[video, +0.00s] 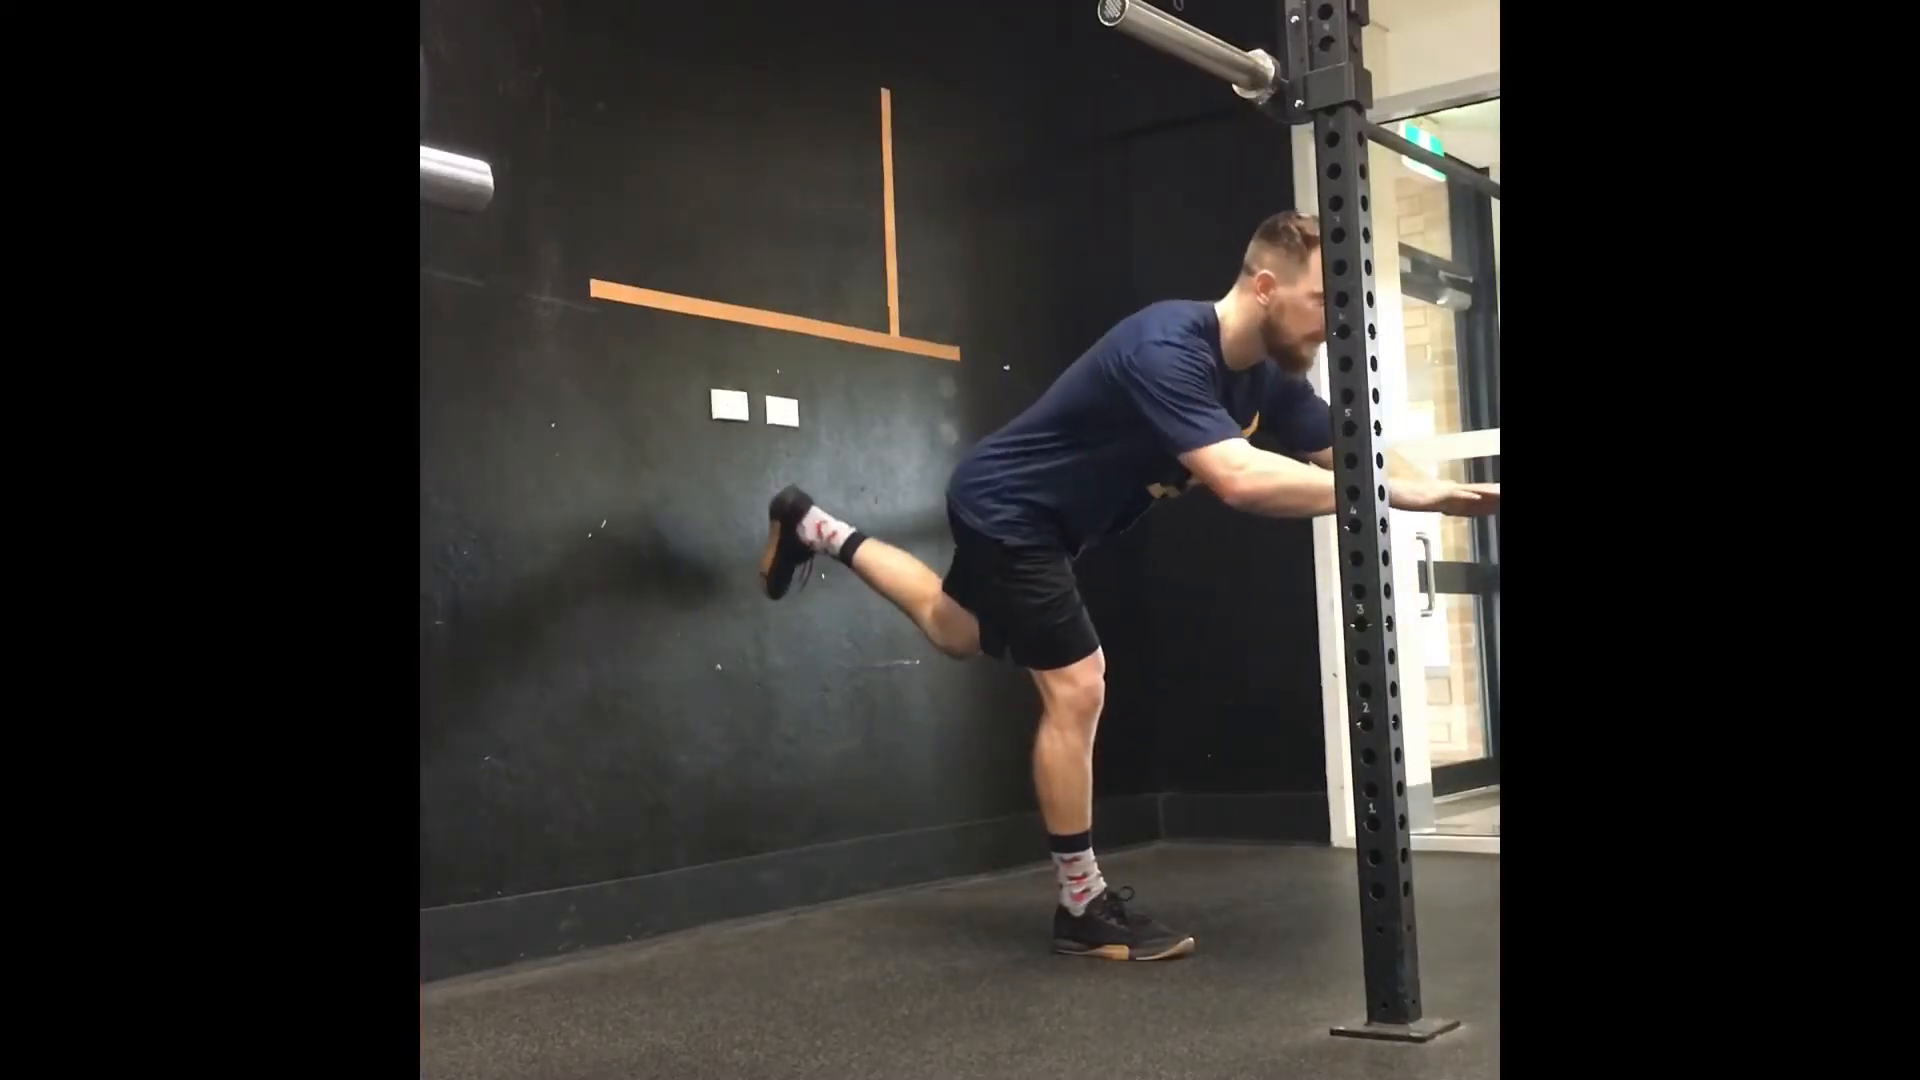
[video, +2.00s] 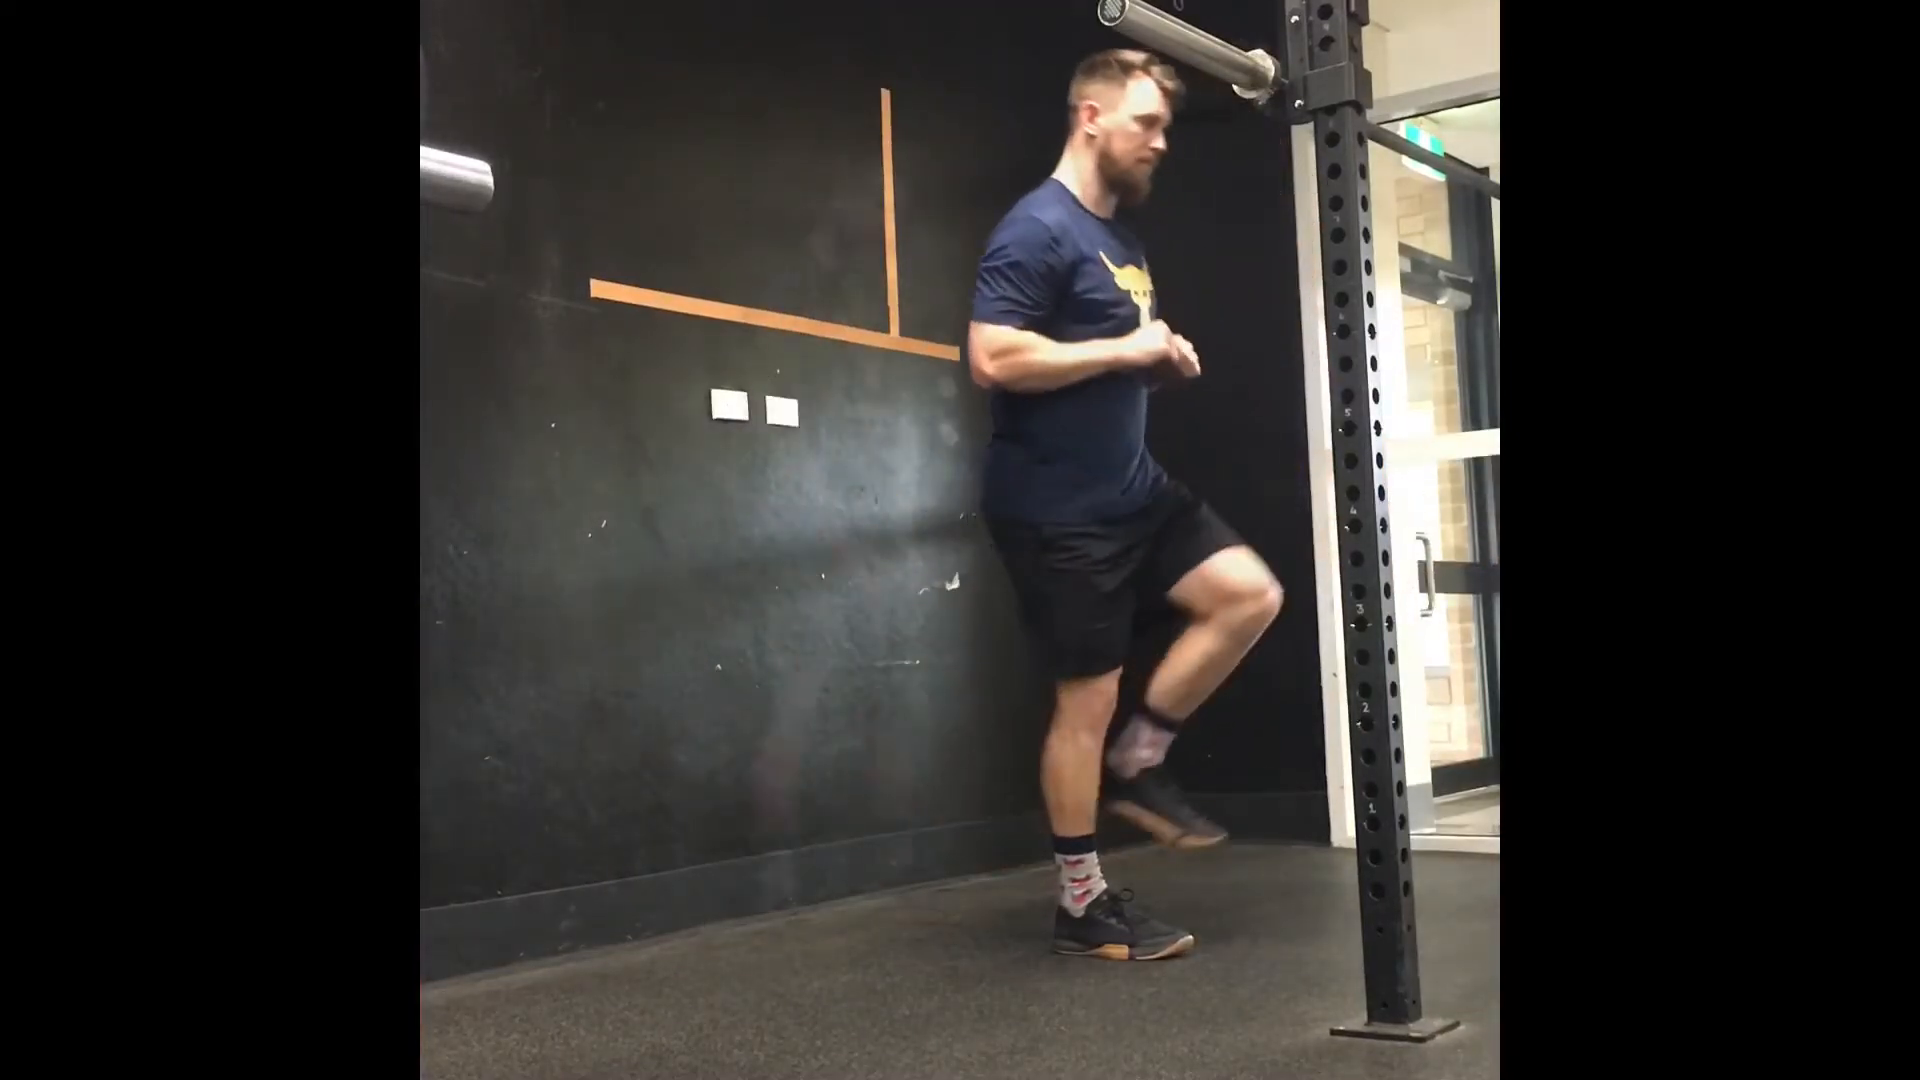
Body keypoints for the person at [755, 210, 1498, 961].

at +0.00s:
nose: (1331, 320)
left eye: (1334, 303)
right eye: (1324, 300)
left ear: (1280, 290)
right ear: (1270, 284)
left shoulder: (1262, 373)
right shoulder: (1166, 346)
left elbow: (1352, 457)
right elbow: (1236, 479)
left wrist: (1459, 494)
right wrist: (1375, 490)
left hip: (1043, 520)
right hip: (1000, 508)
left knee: (954, 627)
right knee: (1075, 686)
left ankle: (814, 528)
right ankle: (1084, 911)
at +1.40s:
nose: (1328, 304)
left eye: (1332, 287)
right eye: (1320, 284)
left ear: (1280, 280)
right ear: (1260, 272)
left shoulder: (1266, 373)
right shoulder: (1160, 340)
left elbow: (1291, 496)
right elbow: (1161, 495)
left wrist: (1381, 562)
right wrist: (1304, 543)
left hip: (1055, 522)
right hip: (1009, 507)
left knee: (945, 631)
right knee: (1085, 690)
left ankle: (805, 538)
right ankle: (1082, 906)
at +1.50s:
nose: (1317, 273)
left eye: (1321, 254)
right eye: (1306, 252)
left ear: (1266, 250)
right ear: (1246, 244)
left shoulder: (1248, 351)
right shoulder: (1144, 324)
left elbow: (1244, 476)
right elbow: (1105, 471)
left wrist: (1291, 558)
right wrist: (1236, 535)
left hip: (1069, 522)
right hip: (1013, 507)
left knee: (974, 662)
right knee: (1090, 691)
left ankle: (823, 598)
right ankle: (1083, 904)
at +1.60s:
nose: (1299, 242)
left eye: (1302, 224)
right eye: (1285, 222)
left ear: (1250, 225)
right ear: (1225, 217)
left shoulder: (1230, 331)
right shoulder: (1127, 305)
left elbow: (1207, 441)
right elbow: (1064, 443)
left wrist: (1234, 520)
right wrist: (1192, 513)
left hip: (1081, 525)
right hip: (1019, 509)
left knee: (1028, 694)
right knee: (1093, 690)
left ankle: (861, 666)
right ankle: (1084, 903)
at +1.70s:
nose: (1269, 209)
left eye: (1273, 192)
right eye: (1254, 189)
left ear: (1216, 192)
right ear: (1195, 184)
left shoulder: (1208, 299)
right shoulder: (1105, 281)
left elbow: (1184, 402)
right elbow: (1035, 412)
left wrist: (1203, 478)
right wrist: (1162, 469)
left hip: (1099, 517)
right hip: (1026, 511)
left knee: (1075, 694)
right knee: (1088, 695)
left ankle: (917, 732)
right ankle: (1083, 903)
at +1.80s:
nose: (1231, 177)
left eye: (1235, 161)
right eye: (1217, 157)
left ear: (1182, 160)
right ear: (1157, 152)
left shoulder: (1178, 271)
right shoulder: (1081, 258)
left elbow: (1137, 393)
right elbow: (1018, 388)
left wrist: (1195, 431)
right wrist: (1149, 424)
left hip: (1110, 514)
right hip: (1030, 515)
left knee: (1148, 682)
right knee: (1084, 698)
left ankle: (991, 777)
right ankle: (1082, 904)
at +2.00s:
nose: (1161, 144)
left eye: (1165, 130)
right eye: (1147, 125)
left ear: (1126, 130)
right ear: (1090, 119)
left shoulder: (1117, 228)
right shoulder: (1034, 228)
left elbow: (1095, 348)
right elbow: (994, 358)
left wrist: (1157, 354)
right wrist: (1127, 348)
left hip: (1135, 491)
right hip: (1057, 510)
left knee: (1246, 599)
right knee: (1087, 701)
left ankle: (1132, 765)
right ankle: (1078, 900)